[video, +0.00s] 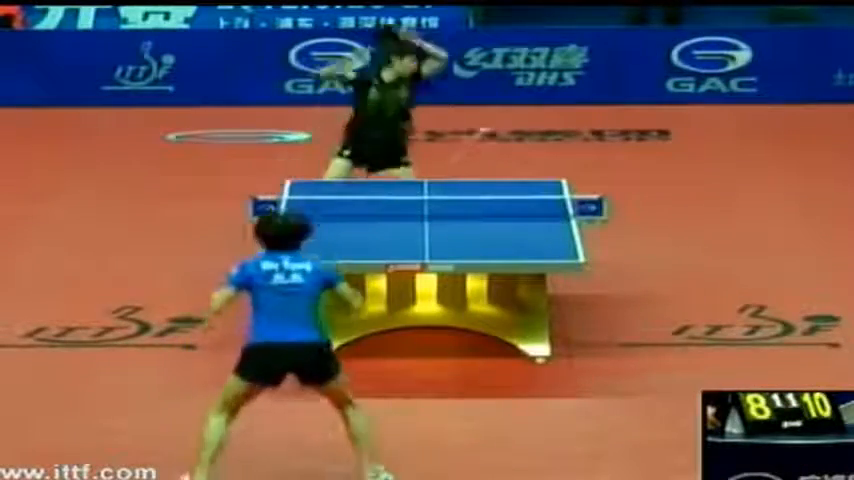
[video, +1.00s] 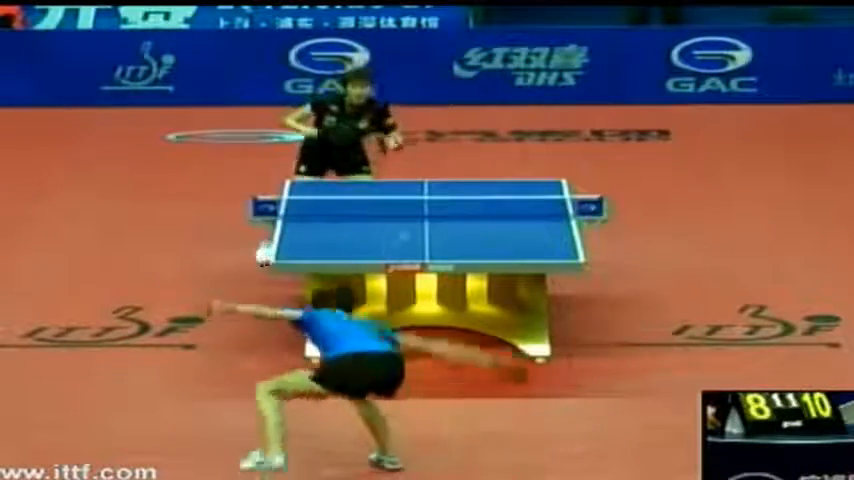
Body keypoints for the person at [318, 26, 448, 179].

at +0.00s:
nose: (415, 66)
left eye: (416, 61)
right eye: (411, 60)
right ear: (395, 60)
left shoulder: (409, 80)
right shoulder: (365, 79)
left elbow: (441, 59)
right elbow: (326, 74)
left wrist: (418, 43)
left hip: (390, 150)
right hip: (356, 148)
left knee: (411, 198)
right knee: (325, 193)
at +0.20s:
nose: (389, 66)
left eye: (394, 61)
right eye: (385, 60)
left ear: (399, 63)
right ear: (375, 61)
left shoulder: (405, 82)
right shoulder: (358, 82)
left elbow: (441, 83)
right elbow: (333, 89)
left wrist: (433, 67)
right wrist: (318, 99)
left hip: (400, 146)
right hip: (364, 147)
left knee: (421, 190)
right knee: (336, 187)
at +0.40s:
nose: (364, 86)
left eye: (368, 81)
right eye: (359, 81)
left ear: (376, 84)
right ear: (352, 84)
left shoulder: (385, 107)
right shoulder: (341, 105)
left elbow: (405, 118)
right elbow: (324, 114)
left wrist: (393, 122)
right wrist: (311, 122)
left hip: (383, 174)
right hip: (345, 173)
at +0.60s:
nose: (352, 81)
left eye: (356, 76)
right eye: (348, 76)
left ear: (362, 78)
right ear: (338, 76)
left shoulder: (367, 99)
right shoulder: (322, 94)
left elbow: (383, 127)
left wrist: (380, 130)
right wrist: (297, 113)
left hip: (356, 151)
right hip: (320, 152)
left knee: (376, 193)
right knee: (306, 195)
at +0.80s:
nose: (358, 87)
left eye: (362, 82)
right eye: (353, 82)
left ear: (368, 84)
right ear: (344, 83)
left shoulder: (372, 105)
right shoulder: (326, 99)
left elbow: (388, 126)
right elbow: (289, 118)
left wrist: (389, 134)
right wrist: (308, 129)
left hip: (350, 151)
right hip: (317, 150)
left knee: (365, 197)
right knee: (301, 197)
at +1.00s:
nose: (359, 92)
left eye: (363, 87)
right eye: (355, 87)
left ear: (369, 90)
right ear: (346, 88)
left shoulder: (375, 110)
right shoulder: (326, 102)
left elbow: (393, 132)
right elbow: (290, 120)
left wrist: (392, 141)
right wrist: (309, 131)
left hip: (351, 150)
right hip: (318, 149)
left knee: (364, 193)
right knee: (304, 193)